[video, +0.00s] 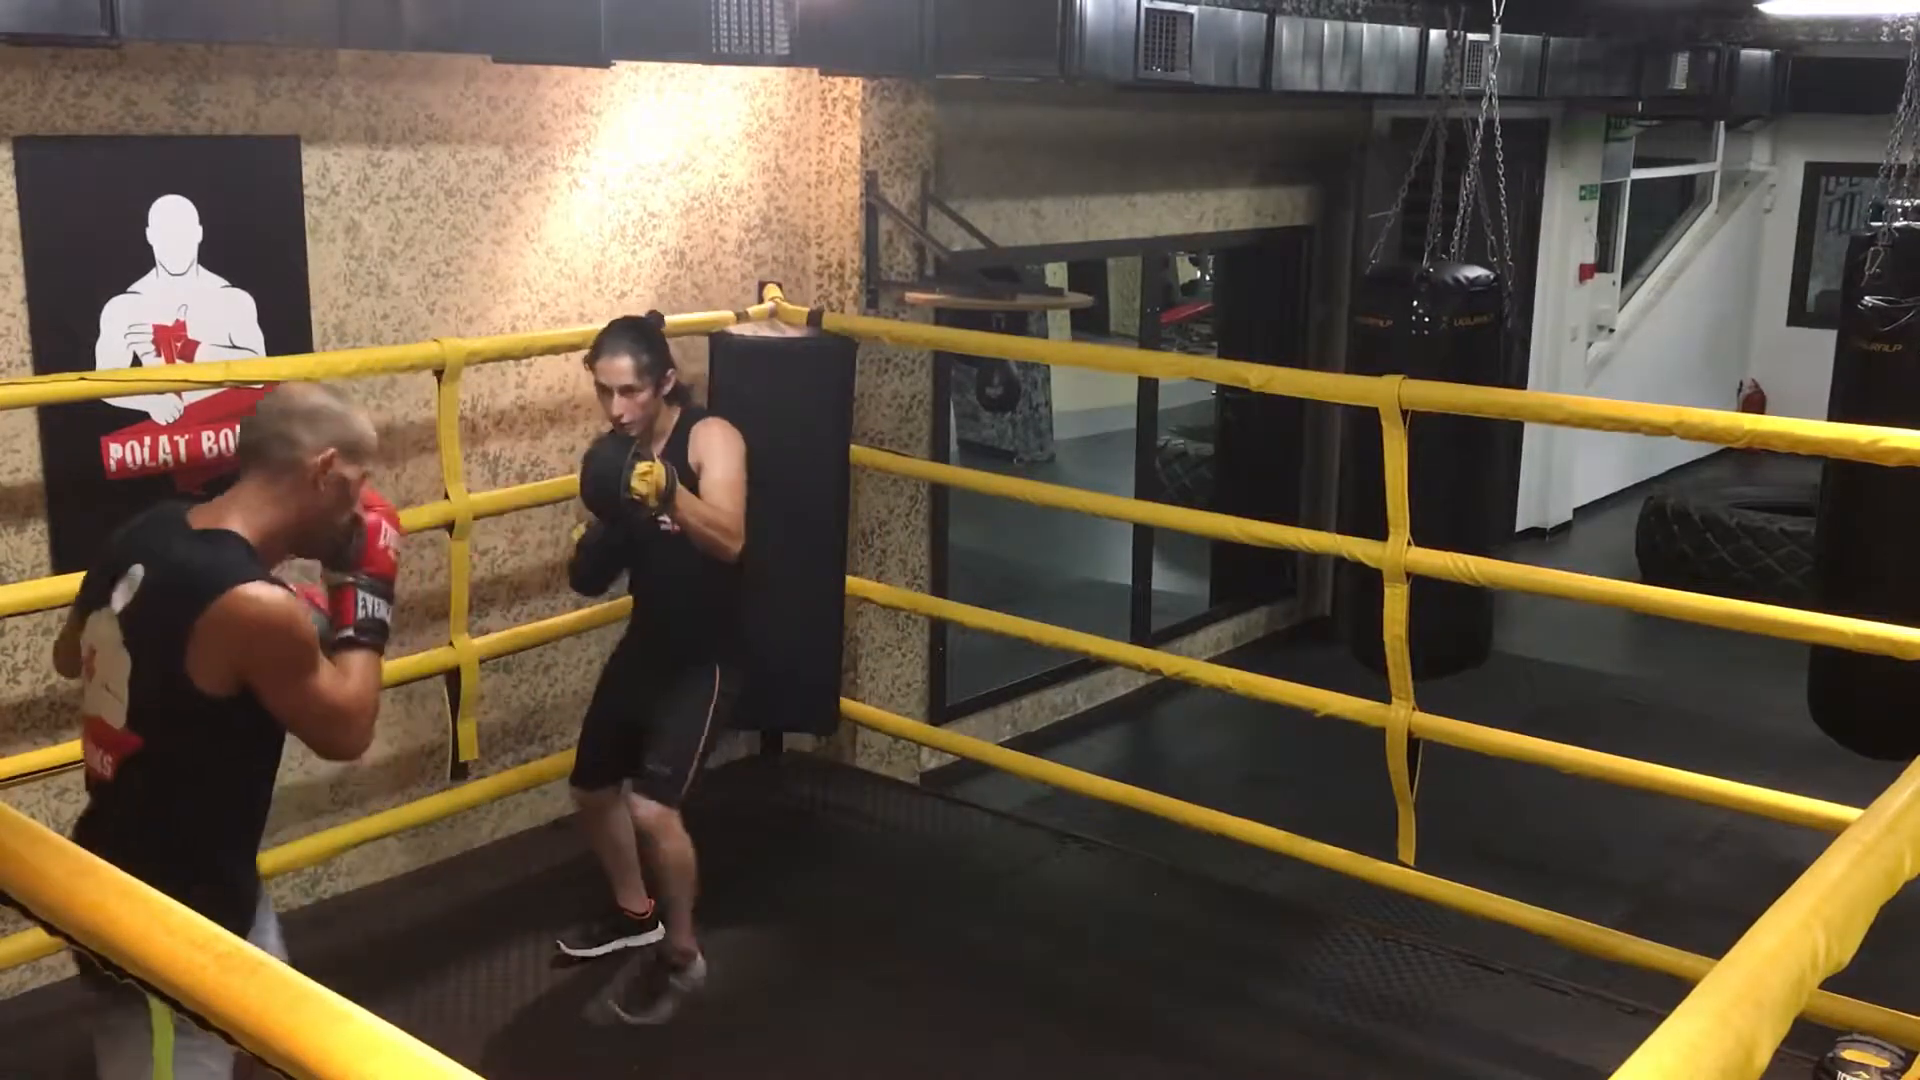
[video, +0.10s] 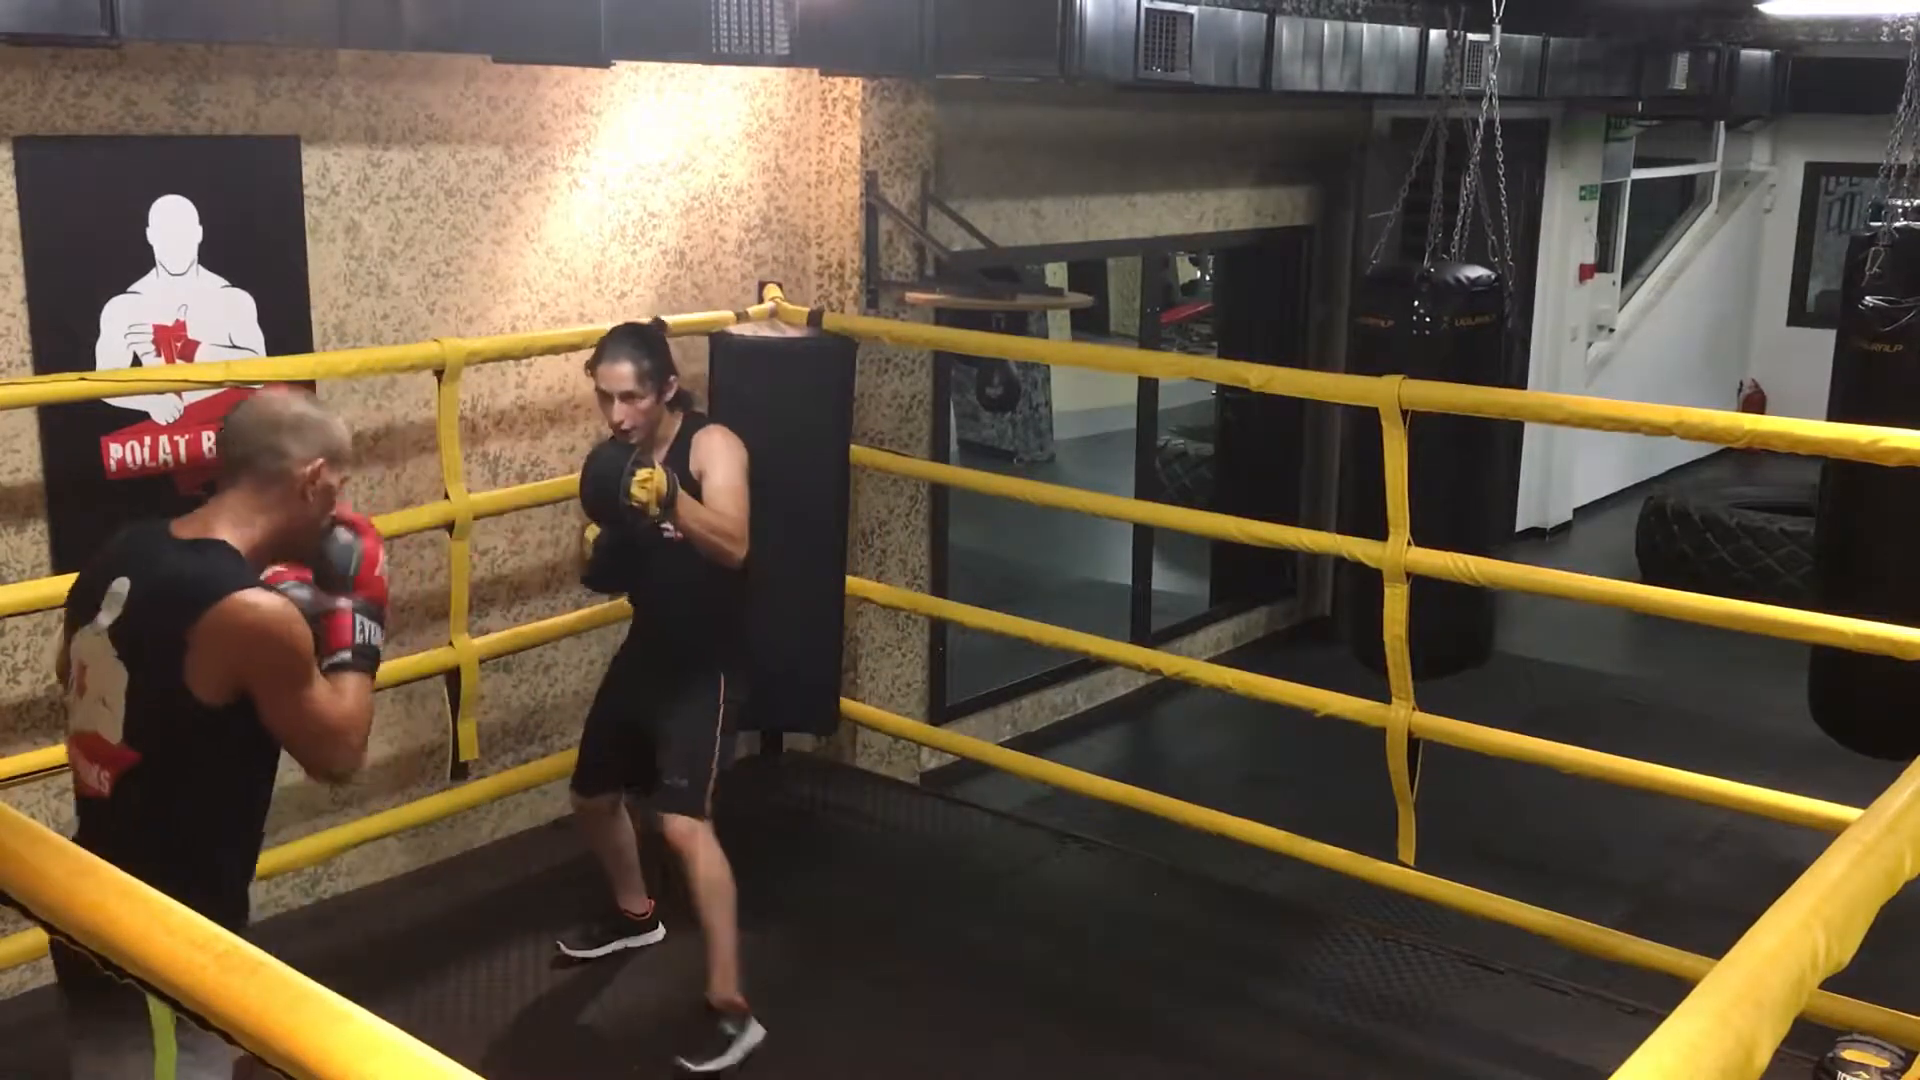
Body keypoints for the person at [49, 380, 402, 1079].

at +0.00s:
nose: (360, 507)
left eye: (363, 487)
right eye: (359, 485)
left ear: (250, 459)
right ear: (323, 472)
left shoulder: (146, 535)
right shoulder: (259, 611)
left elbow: (73, 656)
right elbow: (347, 732)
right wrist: (368, 590)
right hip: (185, 931)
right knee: (184, 1065)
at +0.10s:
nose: (340, 506)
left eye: (342, 488)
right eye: (339, 486)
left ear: (229, 466)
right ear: (310, 481)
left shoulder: (121, 555)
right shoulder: (258, 619)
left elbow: (77, 687)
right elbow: (339, 749)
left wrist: (275, 599)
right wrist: (355, 608)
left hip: (95, 919)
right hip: (190, 945)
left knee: (107, 1065)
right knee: (194, 1065)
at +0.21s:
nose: (318, 511)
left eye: (325, 492)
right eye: (323, 491)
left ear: (197, 477)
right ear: (302, 490)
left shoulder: (100, 573)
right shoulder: (244, 625)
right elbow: (302, 787)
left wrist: (251, 617)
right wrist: (349, 662)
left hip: (85, 920)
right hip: (180, 943)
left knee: (106, 1064)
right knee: (198, 1065)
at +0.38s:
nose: (315, 510)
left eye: (322, 493)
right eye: (320, 492)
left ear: (191, 476)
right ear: (294, 489)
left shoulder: (97, 569)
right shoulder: (234, 619)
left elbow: (53, 709)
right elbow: (309, 769)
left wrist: (249, 621)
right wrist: (353, 632)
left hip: (93, 925)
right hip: (187, 950)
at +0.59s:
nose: (346, 518)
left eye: (349, 500)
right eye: (346, 501)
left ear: (235, 486)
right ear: (313, 506)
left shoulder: (150, 571)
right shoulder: (228, 641)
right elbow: (326, 779)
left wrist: (280, 640)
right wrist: (377, 658)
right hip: (179, 942)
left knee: (332, 1055)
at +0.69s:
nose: (383, 509)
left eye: (384, 491)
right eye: (380, 492)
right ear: (342, 501)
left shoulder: (266, 572)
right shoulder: (214, 614)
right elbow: (289, 782)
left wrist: (366, 557)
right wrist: (375, 670)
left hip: (281, 880)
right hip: (194, 917)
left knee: (340, 1042)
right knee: (200, 1069)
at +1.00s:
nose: (392, 484)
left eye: (395, 467)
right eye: (389, 466)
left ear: (327, 463)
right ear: (343, 470)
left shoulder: (247, 540)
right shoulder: (242, 581)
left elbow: (187, 689)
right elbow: (306, 757)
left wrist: (347, 657)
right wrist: (391, 657)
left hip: (279, 853)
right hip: (205, 887)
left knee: (332, 992)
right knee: (208, 1063)